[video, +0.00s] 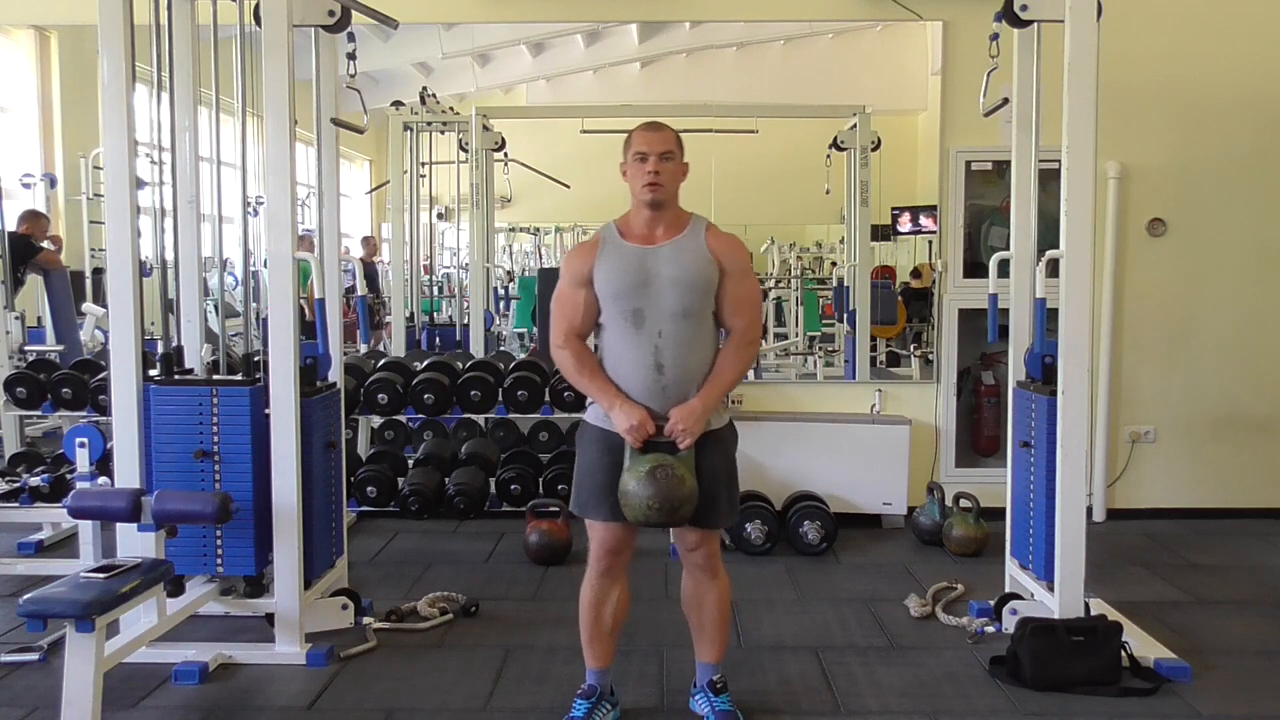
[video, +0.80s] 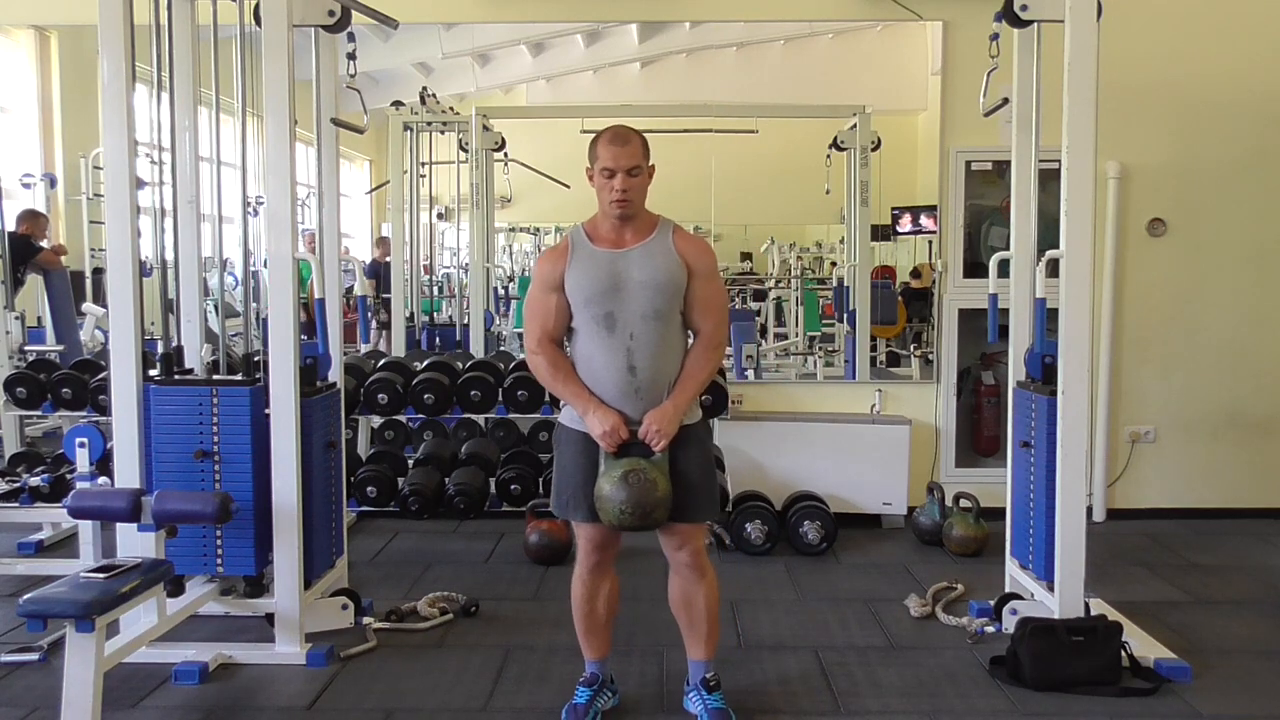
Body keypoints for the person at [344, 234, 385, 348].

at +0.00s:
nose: (376, 247)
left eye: (376, 245)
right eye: (374, 245)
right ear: (365, 247)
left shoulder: (373, 263)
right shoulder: (359, 264)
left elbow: (376, 282)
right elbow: (356, 283)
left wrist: (379, 298)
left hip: (376, 299)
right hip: (364, 300)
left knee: (379, 333)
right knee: (366, 334)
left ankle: (371, 355)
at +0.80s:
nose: (390, 248)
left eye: (390, 245)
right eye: (388, 245)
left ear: (383, 246)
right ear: (381, 247)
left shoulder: (389, 265)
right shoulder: (372, 266)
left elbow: (392, 285)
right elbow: (371, 288)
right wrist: (377, 307)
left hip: (390, 303)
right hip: (379, 304)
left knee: (388, 335)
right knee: (375, 336)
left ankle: (388, 358)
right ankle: (370, 358)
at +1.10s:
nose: (389, 249)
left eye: (391, 246)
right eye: (387, 246)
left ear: (394, 247)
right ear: (383, 247)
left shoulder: (397, 264)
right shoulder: (375, 264)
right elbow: (371, 286)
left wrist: (402, 305)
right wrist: (380, 305)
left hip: (393, 303)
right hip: (379, 303)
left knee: (389, 336)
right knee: (375, 336)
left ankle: (389, 360)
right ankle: (372, 360)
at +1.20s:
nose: (391, 248)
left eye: (392, 245)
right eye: (389, 245)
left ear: (395, 246)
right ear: (384, 246)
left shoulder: (397, 264)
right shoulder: (376, 264)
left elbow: (402, 286)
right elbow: (370, 285)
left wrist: (403, 305)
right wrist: (377, 305)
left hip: (393, 302)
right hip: (379, 302)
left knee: (389, 336)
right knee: (374, 335)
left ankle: (390, 359)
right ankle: (370, 359)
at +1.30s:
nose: (391, 249)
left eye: (392, 246)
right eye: (389, 246)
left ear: (395, 247)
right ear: (384, 247)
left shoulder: (397, 264)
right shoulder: (374, 264)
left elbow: (402, 285)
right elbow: (369, 285)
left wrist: (404, 304)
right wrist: (371, 304)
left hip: (393, 300)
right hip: (378, 300)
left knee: (389, 332)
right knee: (372, 331)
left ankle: (390, 356)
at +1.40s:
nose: (391, 248)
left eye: (392, 245)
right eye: (389, 245)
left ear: (394, 246)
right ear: (383, 246)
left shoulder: (397, 264)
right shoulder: (374, 264)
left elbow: (402, 286)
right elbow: (368, 287)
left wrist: (404, 306)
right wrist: (371, 309)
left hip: (394, 302)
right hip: (379, 301)